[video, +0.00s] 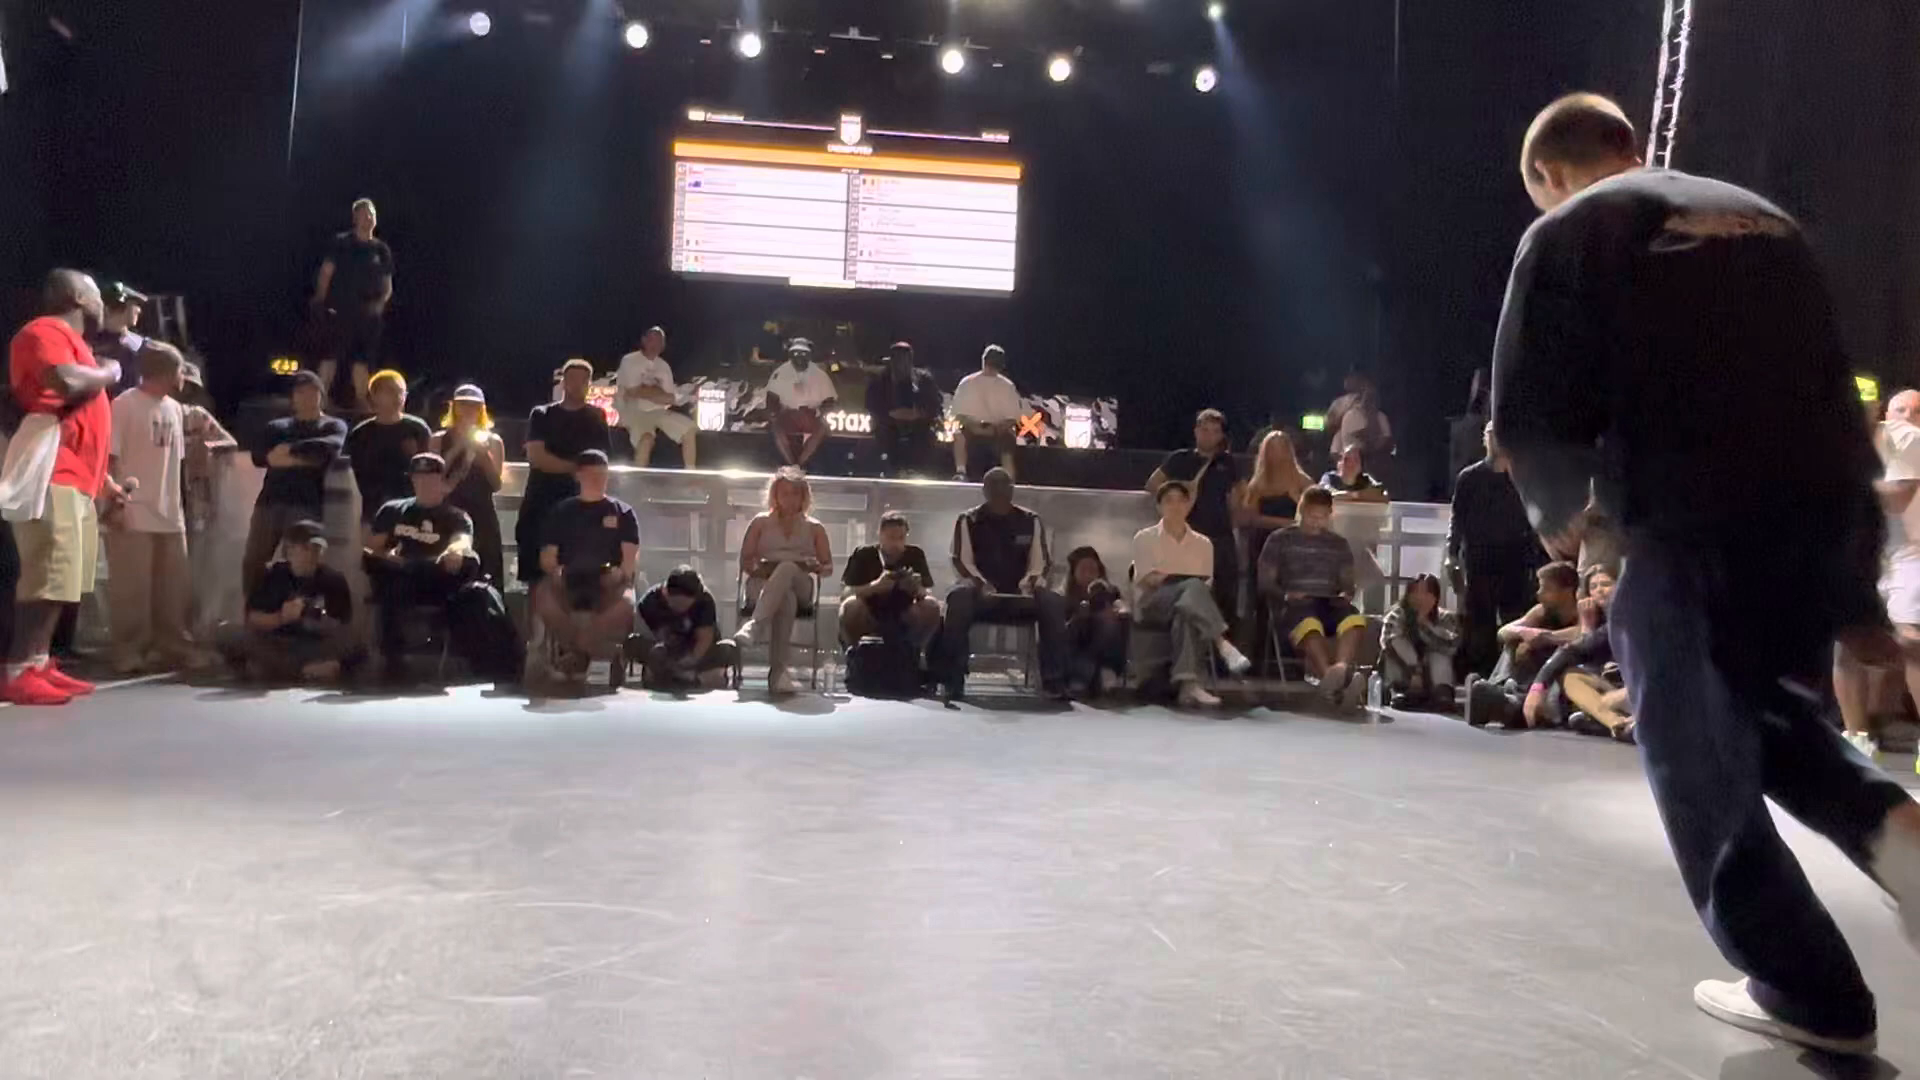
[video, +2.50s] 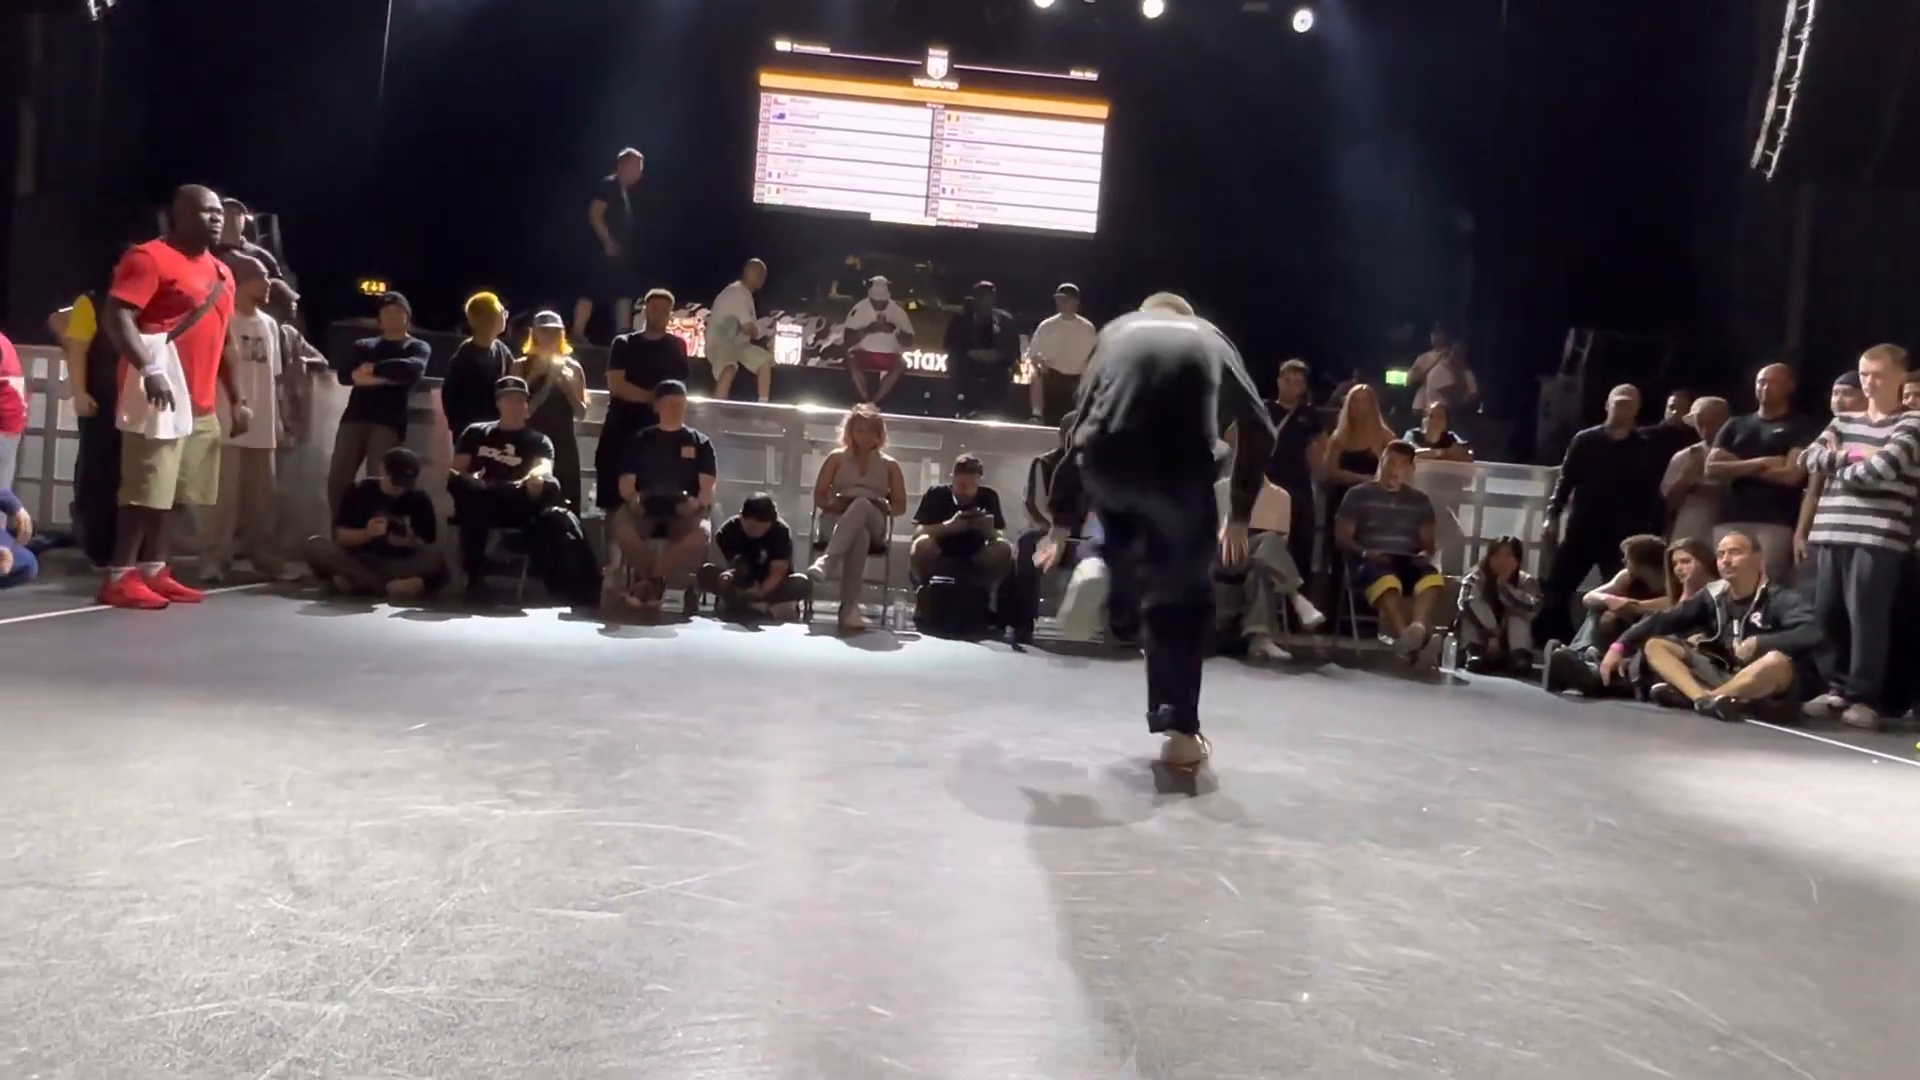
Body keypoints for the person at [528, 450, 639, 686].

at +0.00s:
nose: (595, 480)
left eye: (599, 474)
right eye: (589, 474)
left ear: (607, 476)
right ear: (578, 476)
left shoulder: (622, 513)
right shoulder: (561, 511)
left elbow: (629, 565)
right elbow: (547, 557)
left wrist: (608, 580)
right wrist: (563, 576)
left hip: (606, 576)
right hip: (568, 576)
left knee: (626, 604)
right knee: (543, 594)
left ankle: (576, 651)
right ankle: (582, 650)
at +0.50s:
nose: (623, 447)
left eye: (628, 441)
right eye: (618, 442)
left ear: (635, 444)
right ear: (606, 445)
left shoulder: (650, 482)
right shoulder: (589, 479)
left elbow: (657, 533)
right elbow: (576, 523)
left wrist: (636, 547)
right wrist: (589, 546)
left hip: (634, 545)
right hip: (597, 544)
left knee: (653, 572)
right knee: (570, 563)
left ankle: (607, 620)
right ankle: (608, 617)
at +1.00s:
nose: (648, 428)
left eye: (652, 423)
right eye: (642, 423)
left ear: (659, 426)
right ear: (631, 427)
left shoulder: (674, 463)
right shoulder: (614, 460)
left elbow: (681, 507)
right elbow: (599, 504)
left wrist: (670, 525)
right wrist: (611, 524)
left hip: (656, 523)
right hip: (621, 523)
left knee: (676, 554)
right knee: (596, 548)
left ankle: (626, 603)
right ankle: (629, 604)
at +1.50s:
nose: (660, 421)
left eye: (664, 416)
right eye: (654, 416)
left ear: (670, 418)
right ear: (641, 419)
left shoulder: (684, 455)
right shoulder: (624, 453)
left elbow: (691, 500)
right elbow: (610, 497)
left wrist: (680, 516)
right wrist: (621, 516)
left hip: (667, 515)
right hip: (631, 514)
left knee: (686, 545)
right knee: (606, 538)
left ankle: (635, 593)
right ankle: (639, 594)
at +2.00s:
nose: (667, 416)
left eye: (671, 410)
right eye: (661, 411)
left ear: (677, 413)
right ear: (649, 414)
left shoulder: (692, 451)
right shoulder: (631, 448)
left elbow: (699, 497)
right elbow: (618, 491)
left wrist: (687, 512)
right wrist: (629, 510)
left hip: (675, 510)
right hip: (639, 509)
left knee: (693, 542)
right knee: (614, 535)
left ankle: (641, 589)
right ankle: (647, 589)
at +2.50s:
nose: (674, 408)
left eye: (678, 403)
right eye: (669, 403)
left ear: (685, 405)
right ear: (657, 406)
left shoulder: (700, 443)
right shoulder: (639, 440)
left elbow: (707, 486)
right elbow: (626, 483)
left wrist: (696, 504)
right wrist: (637, 502)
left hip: (682, 502)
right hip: (647, 500)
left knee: (700, 534)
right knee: (621, 524)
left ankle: (649, 580)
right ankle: (654, 580)